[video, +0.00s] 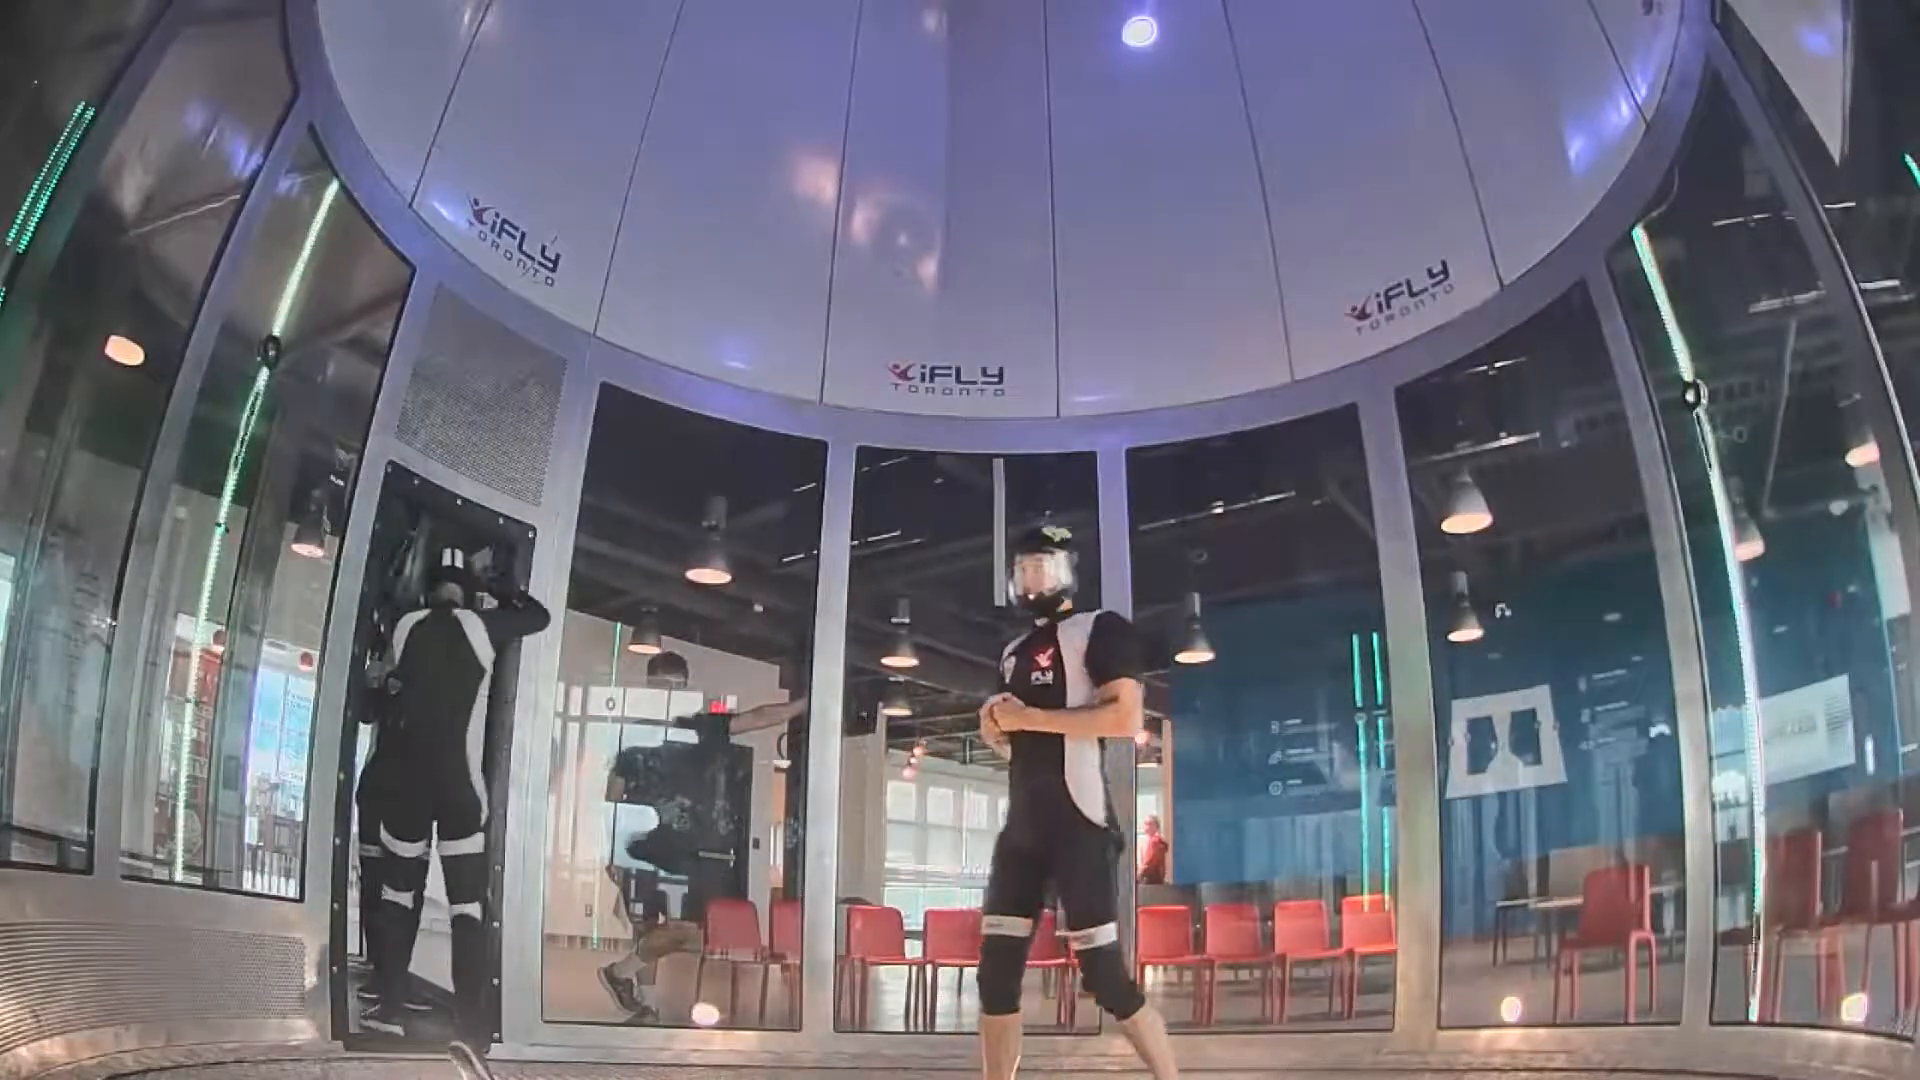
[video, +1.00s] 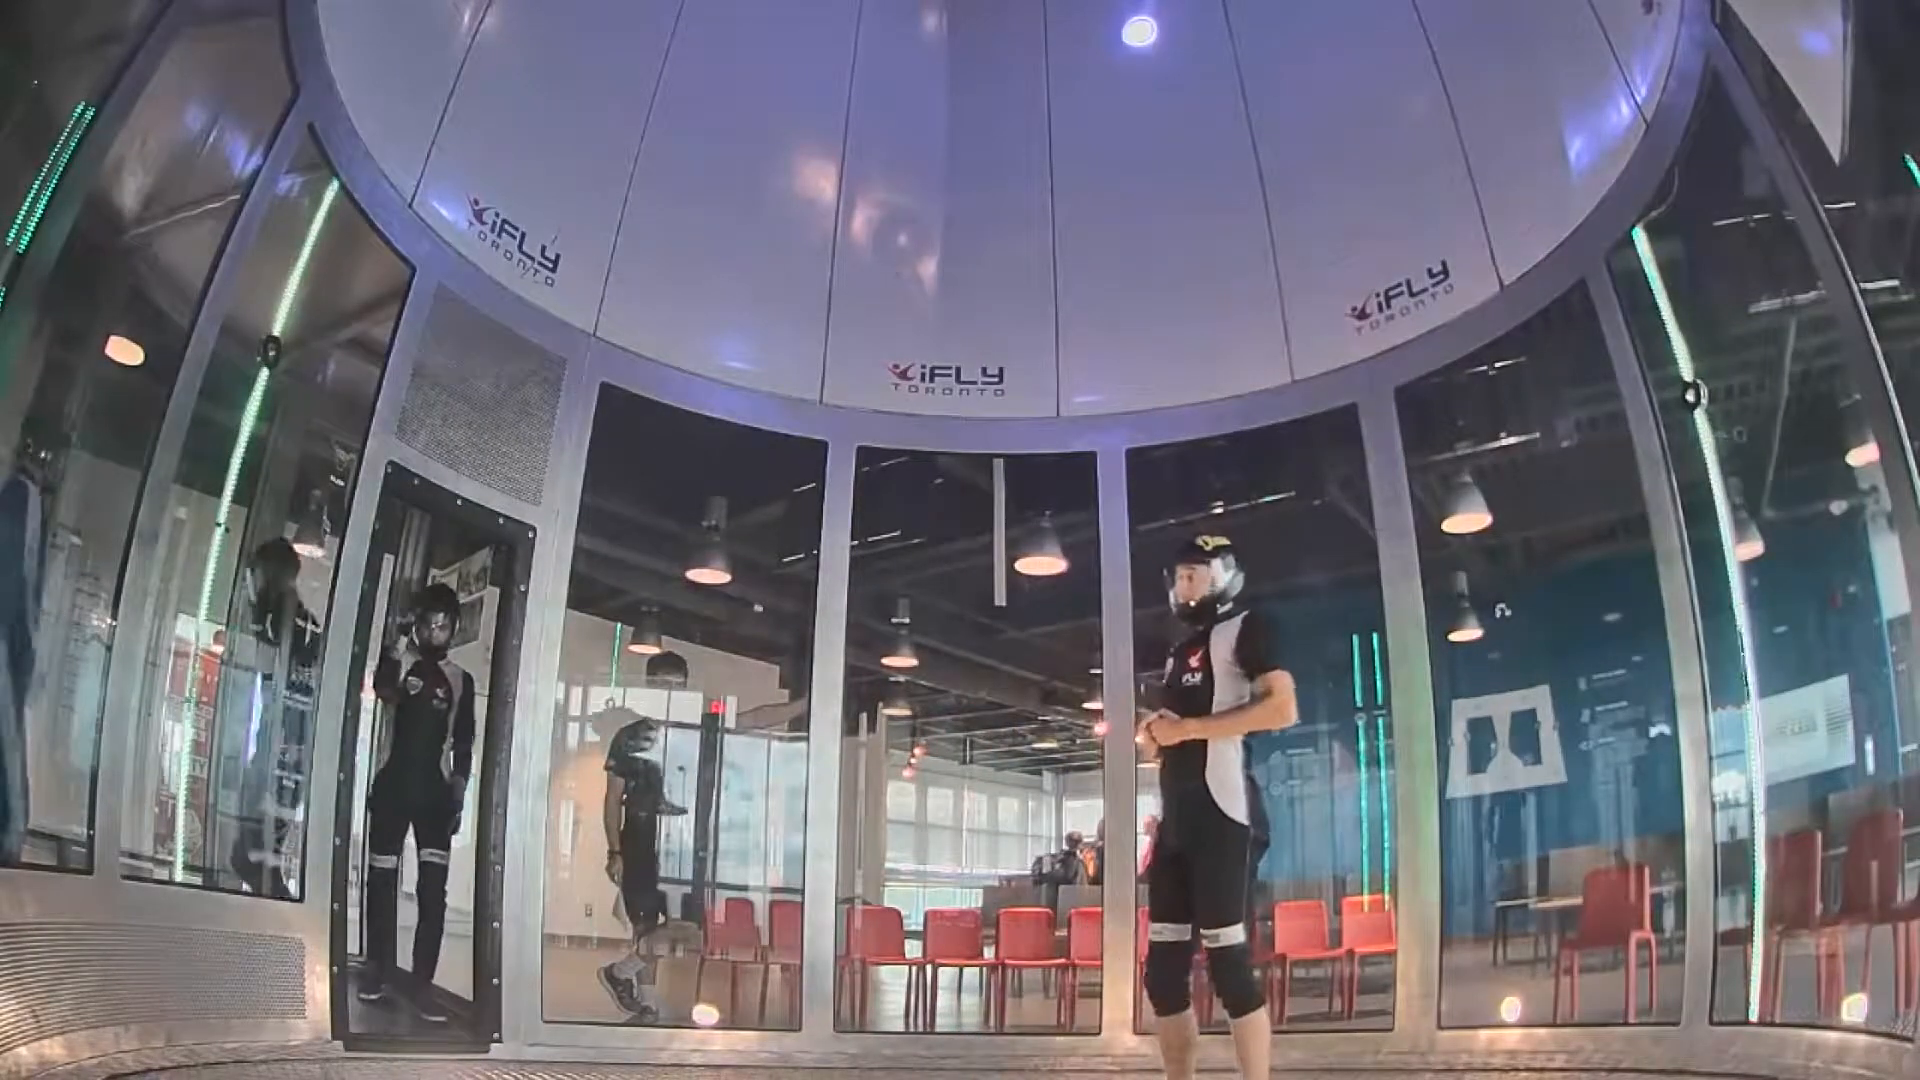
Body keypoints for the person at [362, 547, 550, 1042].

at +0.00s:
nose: (459, 600)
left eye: (451, 592)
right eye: (462, 593)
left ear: (429, 593)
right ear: (468, 595)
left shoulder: (403, 625)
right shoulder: (485, 626)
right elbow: (539, 616)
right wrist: (500, 591)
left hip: (405, 778)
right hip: (459, 781)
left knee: (398, 892)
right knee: (467, 905)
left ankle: (388, 1005)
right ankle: (470, 1022)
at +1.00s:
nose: (438, 632)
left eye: (445, 624)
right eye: (431, 623)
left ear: (455, 628)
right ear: (418, 625)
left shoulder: (462, 680)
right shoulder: (401, 666)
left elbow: (464, 738)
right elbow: (386, 690)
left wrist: (459, 784)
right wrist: (398, 647)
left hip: (436, 790)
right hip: (393, 784)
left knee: (433, 891)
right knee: (382, 883)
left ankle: (422, 984)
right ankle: (379, 971)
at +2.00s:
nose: (446, 585)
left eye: (455, 578)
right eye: (438, 575)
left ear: (466, 584)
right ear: (423, 578)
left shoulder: (477, 638)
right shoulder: (395, 629)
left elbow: (499, 706)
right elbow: (358, 699)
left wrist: (466, 679)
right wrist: (385, 662)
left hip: (441, 773)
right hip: (389, 768)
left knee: (441, 890)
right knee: (383, 884)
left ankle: (429, 1004)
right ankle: (385, 1003)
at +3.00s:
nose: (558, 617)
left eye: (568, 608)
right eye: (550, 608)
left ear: (585, 615)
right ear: (540, 615)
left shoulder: (597, 667)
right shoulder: (540, 677)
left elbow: (650, 729)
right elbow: (540, 741)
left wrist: (586, 733)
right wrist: (518, 746)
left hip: (582, 812)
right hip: (543, 809)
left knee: (544, 930)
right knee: (542, 932)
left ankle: (548, 1053)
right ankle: (576, 1052)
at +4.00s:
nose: (615, 636)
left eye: (625, 628)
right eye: (608, 629)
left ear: (645, 635)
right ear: (600, 636)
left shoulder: (655, 686)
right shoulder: (600, 694)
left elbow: (666, 766)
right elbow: (596, 763)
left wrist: (603, 788)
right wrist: (573, 778)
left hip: (623, 826)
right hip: (584, 820)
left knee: (615, 948)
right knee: (568, 946)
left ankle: (620, 1061)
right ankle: (578, 1056)